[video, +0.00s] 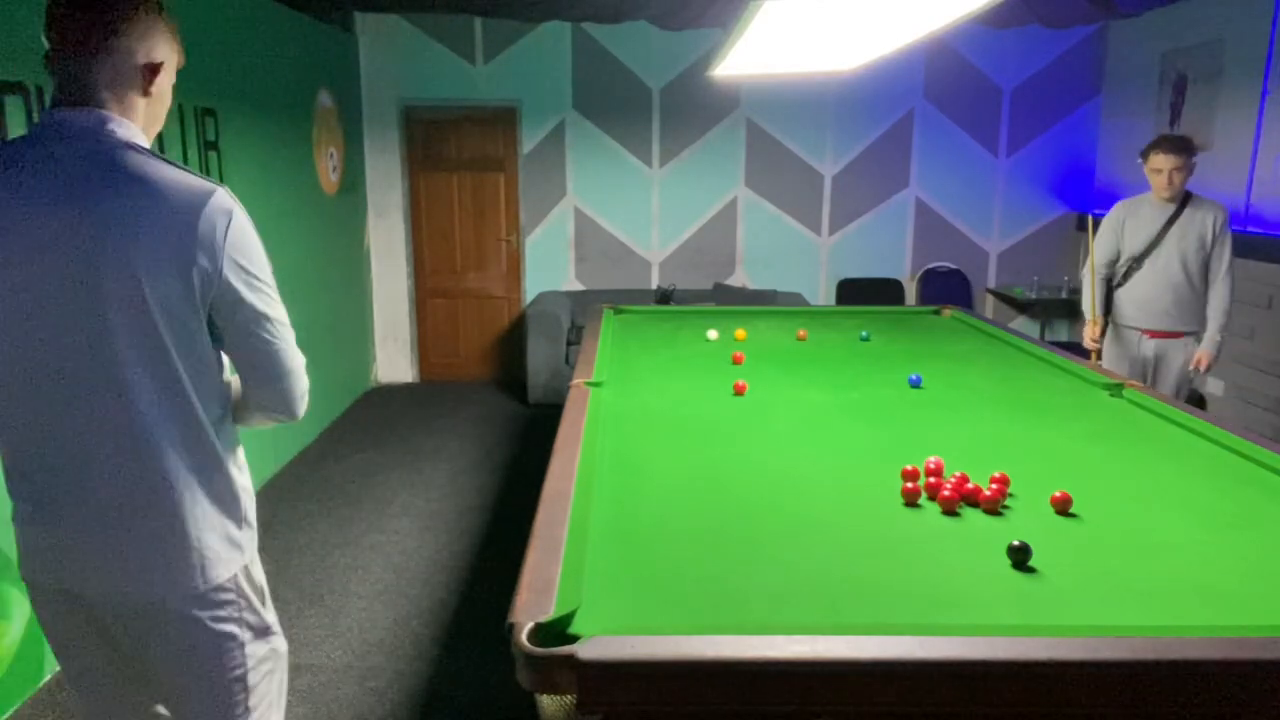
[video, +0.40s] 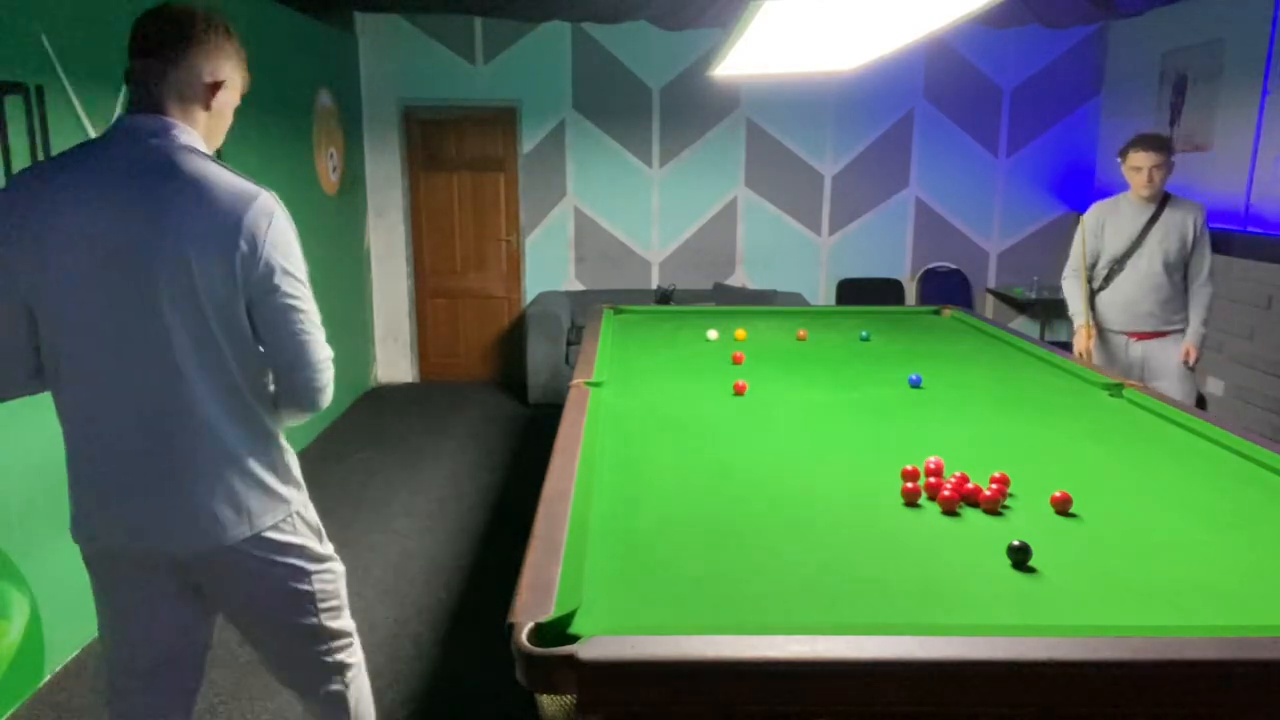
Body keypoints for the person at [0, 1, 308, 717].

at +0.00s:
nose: (170, 99)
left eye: (171, 79)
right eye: (172, 79)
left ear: (55, 71)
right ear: (154, 76)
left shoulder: (4, 182)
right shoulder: (198, 208)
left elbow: (14, 367)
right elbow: (283, 394)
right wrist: (204, 398)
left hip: (55, 563)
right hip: (190, 568)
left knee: (109, 711)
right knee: (237, 708)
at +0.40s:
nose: (232, 117)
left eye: (236, 100)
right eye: (235, 99)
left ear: (136, 80)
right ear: (215, 92)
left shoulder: (28, 199)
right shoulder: (246, 209)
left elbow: (8, 371)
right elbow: (310, 384)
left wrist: (86, 350)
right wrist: (256, 395)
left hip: (115, 521)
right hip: (247, 514)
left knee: (144, 707)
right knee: (337, 686)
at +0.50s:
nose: (269, 121)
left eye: (274, 106)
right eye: (271, 105)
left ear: (174, 91)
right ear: (243, 97)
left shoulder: (68, 198)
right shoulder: (279, 208)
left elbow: (35, 368)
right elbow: (331, 379)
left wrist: (131, 339)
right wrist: (309, 446)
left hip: (144, 503)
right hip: (271, 497)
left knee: (166, 694)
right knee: (361, 657)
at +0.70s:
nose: (336, 143)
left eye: (339, 125)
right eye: (337, 124)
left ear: (248, 105)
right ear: (310, 110)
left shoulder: (153, 201)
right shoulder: (353, 216)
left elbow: (113, 361)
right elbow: (404, 362)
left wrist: (196, 333)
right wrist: (423, 442)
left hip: (212, 499)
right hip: (334, 495)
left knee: (204, 686)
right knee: (394, 663)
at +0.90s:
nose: (400, 130)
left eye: (402, 117)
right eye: (401, 116)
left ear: (322, 101)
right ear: (380, 109)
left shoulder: (230, 186)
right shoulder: (411, 206)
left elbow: (188, 336)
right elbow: (463, 341)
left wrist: (251, 310)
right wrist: (503, 422)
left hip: (272, 466)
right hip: (385, 470)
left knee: (246, 658)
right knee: (427, 658)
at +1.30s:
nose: (496, 129)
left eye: (497, 118)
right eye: (497, 118)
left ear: (421, 101)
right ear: (482, 116)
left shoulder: (339, 167)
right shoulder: (494, 200)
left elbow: (293, 292)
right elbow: (526, 324)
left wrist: (353, 271)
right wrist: (558, 417)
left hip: (350, 419)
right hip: (443, 426)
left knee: (328, 591)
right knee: (448, 593)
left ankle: (301, 713)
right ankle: (444, 714)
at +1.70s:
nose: (472, 136)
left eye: (473, 125)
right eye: (473, 125)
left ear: (407, 110)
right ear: (459, 121)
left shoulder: (331, 183)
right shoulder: (477, 200)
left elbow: (297, 298)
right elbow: (512, 322)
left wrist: (367, 292)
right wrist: (494, 377)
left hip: (358, 406)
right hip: (440, 413)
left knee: (360, 547)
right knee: (441, 567)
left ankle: (358, 690)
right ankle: (441, 709)